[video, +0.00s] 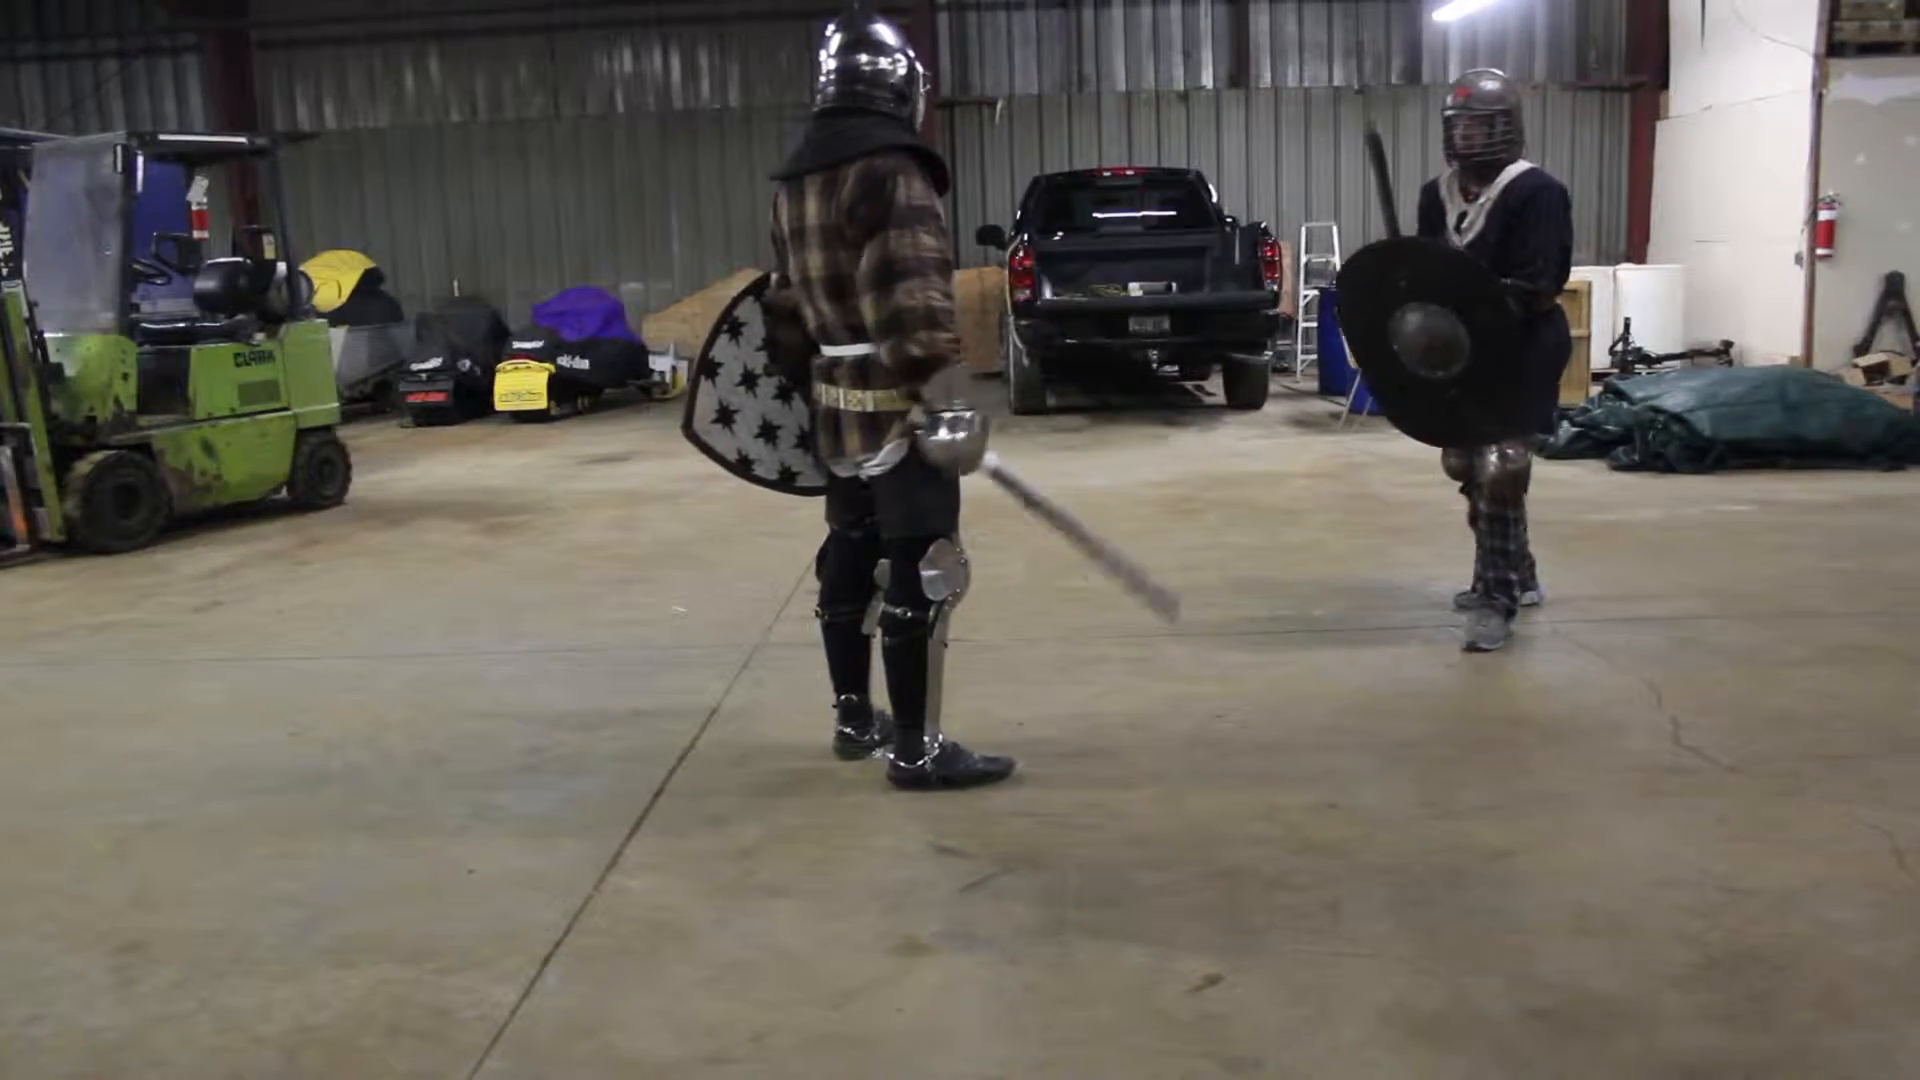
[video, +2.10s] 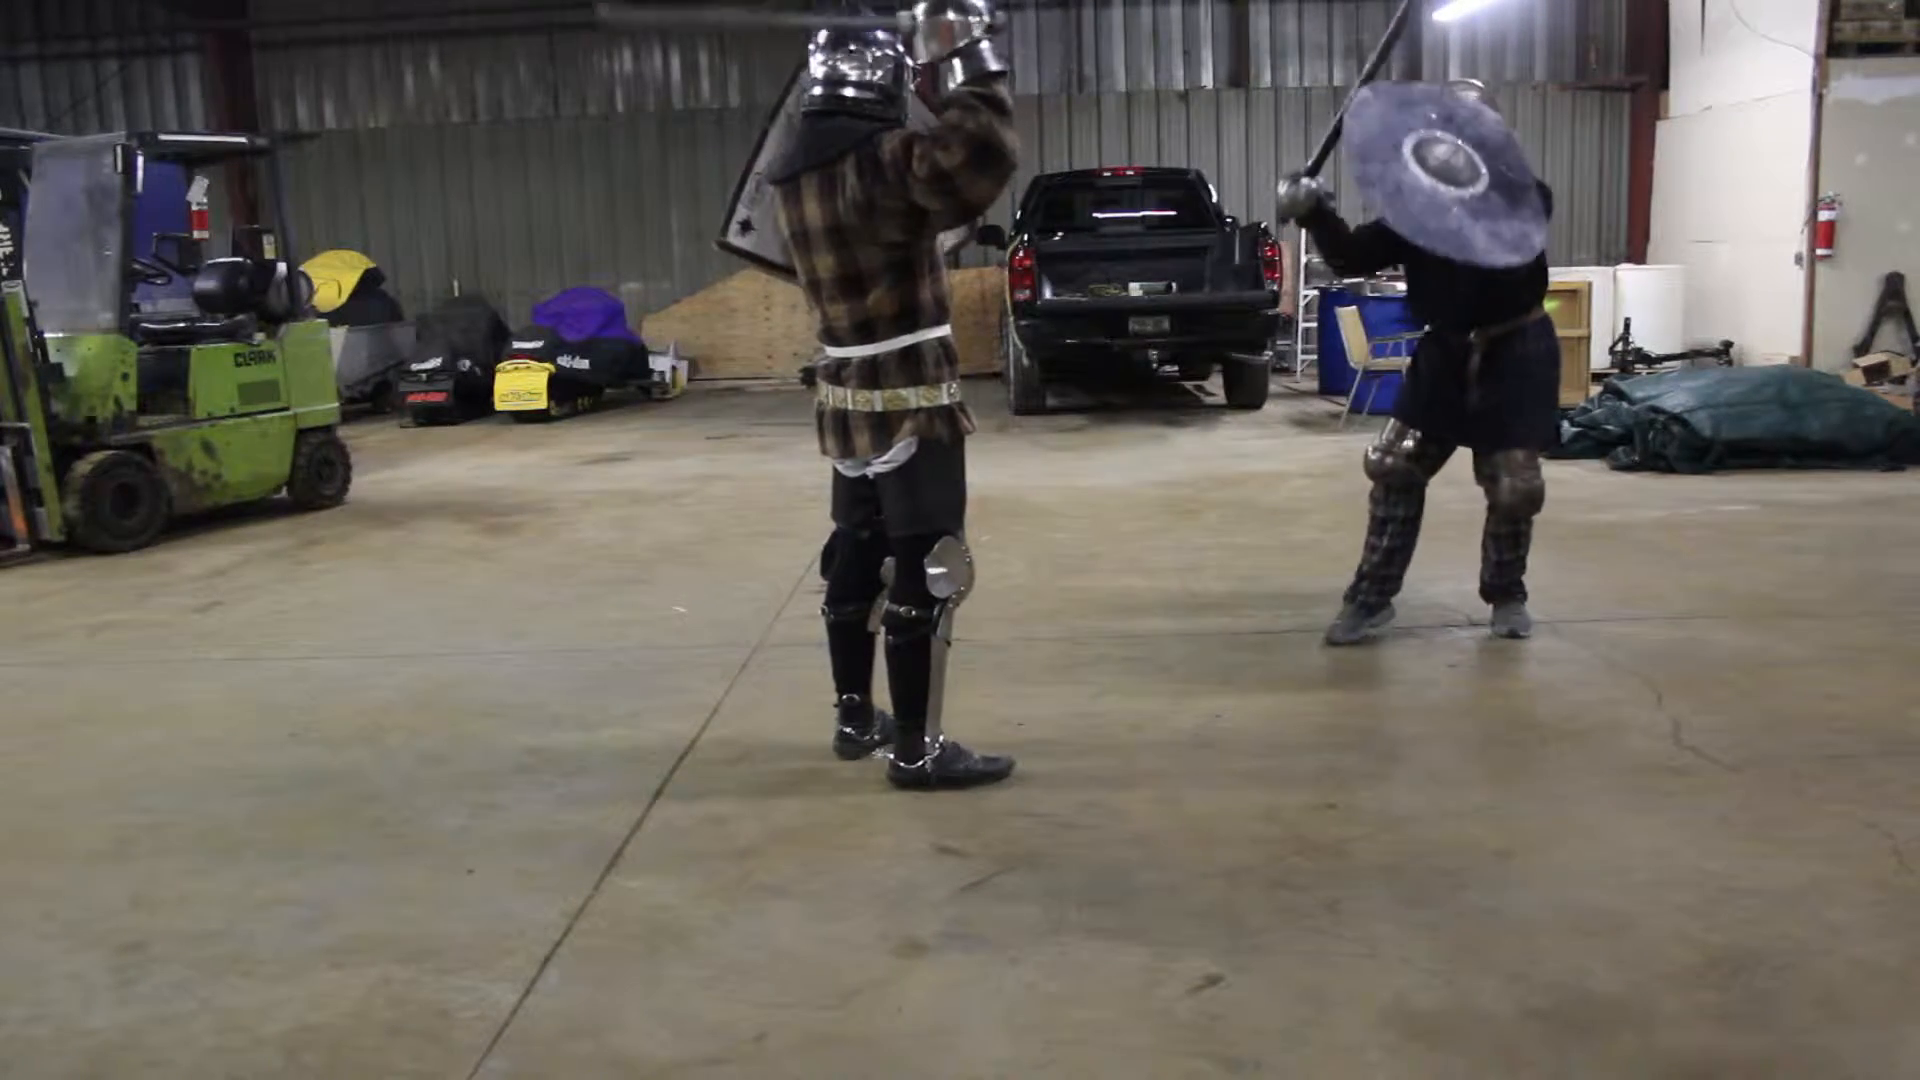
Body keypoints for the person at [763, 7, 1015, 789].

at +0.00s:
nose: (924, 107)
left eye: (920, 92)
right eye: (919, 93)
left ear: (833, 86)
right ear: (901, 90)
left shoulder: (795, 175)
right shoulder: (896, 170)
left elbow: (784, 303)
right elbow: (918, 301)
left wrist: (819, 381)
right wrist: (945, 402)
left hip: (837, 410)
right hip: (898, 413)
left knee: (851, 550)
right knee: (920, 566)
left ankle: (854, 717)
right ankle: (918, 743)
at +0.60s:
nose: (922, 105)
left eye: (920, 90)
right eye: (917, 89)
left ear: (835, 79)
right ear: (895, 86)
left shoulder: (803, 165)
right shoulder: (878, 165)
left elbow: (794, 297)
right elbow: (887, 291)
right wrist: (979, 315)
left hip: (834, 396)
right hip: (895, 397)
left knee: (849, 549)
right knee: (917, 564)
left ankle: (855, 716)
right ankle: (919, 744)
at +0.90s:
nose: (913, 99)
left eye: (909, 85)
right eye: (907, 85)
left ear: (825, 82)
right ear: (888, 86)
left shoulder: (789, 178)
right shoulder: (872, 167)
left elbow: (759, 302)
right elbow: (923, 261)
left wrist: (817, 358)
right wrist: (1008, 211)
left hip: (837, 409)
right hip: (900, 407)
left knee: (850, 552)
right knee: (917, 567)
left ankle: (855, 715)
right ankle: (918, 745)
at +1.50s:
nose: (902, 91)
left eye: (897, 78)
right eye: (897, 78)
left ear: (814, 82)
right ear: (885, 84)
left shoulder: (787, 176)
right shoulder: (880, 165)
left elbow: (764, 257)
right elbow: (960, 193)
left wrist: (825, 301)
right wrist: (1016, 87)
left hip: (842, 398)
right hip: (911, 399)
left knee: (852, 551)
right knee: (924, 565)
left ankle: (855, 716)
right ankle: (919, 745)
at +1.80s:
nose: (905, 92)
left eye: (901, 77)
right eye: (897, 78)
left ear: (811, 84)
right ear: (881, 82)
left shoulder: (790, 180)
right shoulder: (883, 166)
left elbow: (781, 259)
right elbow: (974, 171)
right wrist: (1000, 60)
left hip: (845, 402)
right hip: (912, 403)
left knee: (854, 555)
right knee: (923, 569)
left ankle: (856, 716)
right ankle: (918, 745)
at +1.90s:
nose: (906, 94)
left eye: (908, 79)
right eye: (900, 78)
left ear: (816, 84)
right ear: (880, 83)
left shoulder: (790, 178)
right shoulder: (885, 166)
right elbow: (986, 152)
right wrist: (985, 52)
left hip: (846, 398)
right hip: (911, 399)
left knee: (856, 551)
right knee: (925, 568)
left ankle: (855, 715)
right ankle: (918, 745)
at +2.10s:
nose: (903, 99)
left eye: (904, 84)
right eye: (899, 83)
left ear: (821, 82)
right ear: (882, 86)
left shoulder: (789, 173)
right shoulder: (885, 164)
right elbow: (982, 150)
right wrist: (969, 46)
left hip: (846, 398)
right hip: (912, 398)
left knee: (856, 550)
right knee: (925, 566)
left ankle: (854, 716)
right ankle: (917, 744)